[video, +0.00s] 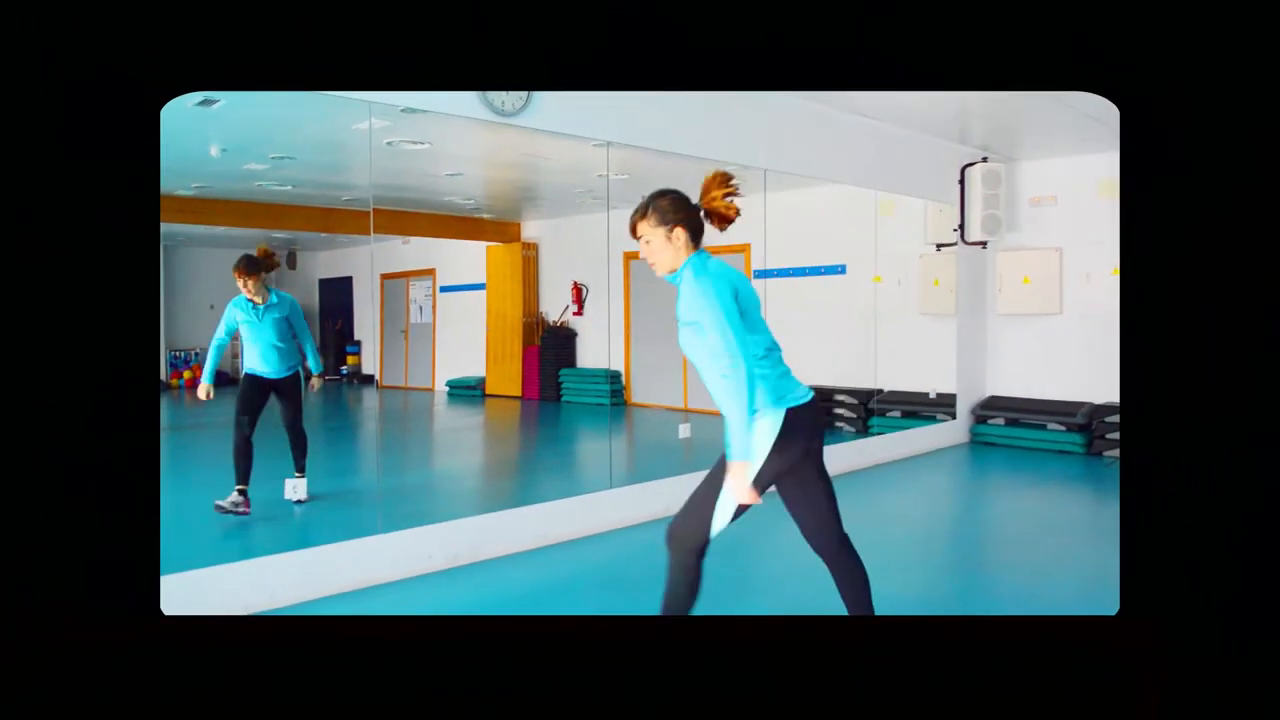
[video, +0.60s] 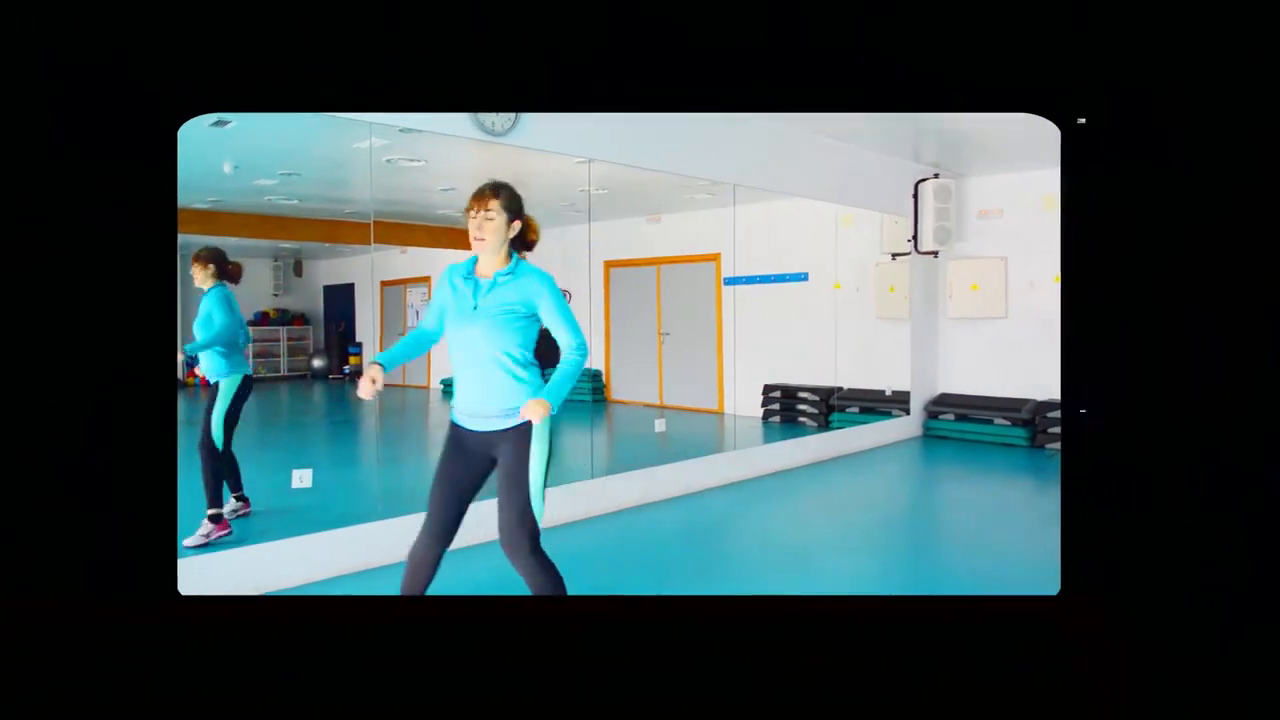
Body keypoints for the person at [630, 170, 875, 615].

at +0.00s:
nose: (642, 253)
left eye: (647, 241)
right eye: (640, 244)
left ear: (679, 236)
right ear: (679, 238)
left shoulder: (698, 286)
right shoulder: (719, 274)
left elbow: (732, 375)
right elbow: (756, 358)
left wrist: (739, 467)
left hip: (774, 424)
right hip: (798, 416)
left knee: (684, 536)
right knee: (832, 543)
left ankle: (671, 614)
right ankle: (864, 615)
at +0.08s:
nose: (622, 269)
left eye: (627, 257)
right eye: (621, 259)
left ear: (658, 258)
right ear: (659, 259)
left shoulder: (684, 310)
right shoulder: (702, 297)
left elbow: (753, 367)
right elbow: (771, 341)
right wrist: (830, 383)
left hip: (742, 450)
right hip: (763, 443)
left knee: (641, 543)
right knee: (809, 550)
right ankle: (853, 609)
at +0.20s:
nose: (582, 254)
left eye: (588, 243)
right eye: (581, 244)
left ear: (619, 247)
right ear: (617, 249)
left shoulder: (639, 296)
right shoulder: (643, 288)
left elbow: (714, 341)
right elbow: (716, 317)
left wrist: (788, 390)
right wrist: (781, 347)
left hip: (678, 437)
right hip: (696, 433)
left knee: (599, 541)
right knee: (717, 548)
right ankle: (801, 601)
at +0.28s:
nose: (560, 238)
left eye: (566, 228)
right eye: (559, 228)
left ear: (597, 233)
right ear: (592, 234)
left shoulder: (616, 281)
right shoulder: (597, 280)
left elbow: (684, 330)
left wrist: (742, 400)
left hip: (649, 424)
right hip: (634, 424)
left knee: (588, 537)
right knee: (638, 539)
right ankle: (736, 592)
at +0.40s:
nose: (531, 226)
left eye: (539, 215)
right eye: (530, 216)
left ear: (570, 220)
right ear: (563, 220)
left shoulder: (592, 271)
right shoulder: (562, 273)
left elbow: (644, 343)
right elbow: (591, 345)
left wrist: (655, 423)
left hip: (608, 416)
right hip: (578, 419)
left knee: (573, 535)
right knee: (541, 523)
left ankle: (595, 597)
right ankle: (595, 583)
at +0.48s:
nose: (510, 223)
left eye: (520, 214)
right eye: (510, 213)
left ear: (551, 219)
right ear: (536, 220)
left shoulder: (574, 273)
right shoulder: (527, 272)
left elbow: (620, 347)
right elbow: (529, 346)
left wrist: (599, 420)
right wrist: (492, 392)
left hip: (578, 423)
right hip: (538, 425)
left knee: (554, 537)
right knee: (495, 522)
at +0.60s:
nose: (476, 224)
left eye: (488, 216)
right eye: (472, 215)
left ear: (514, 227)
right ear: (467, 222)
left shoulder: (535, 284)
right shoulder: (453, 279)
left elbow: (575, 349)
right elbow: (426, 332)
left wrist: (548, 398)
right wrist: (381, 364)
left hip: (520, 429)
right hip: (465, 429)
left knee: (518, 542)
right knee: (433, 534)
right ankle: (407, 598)